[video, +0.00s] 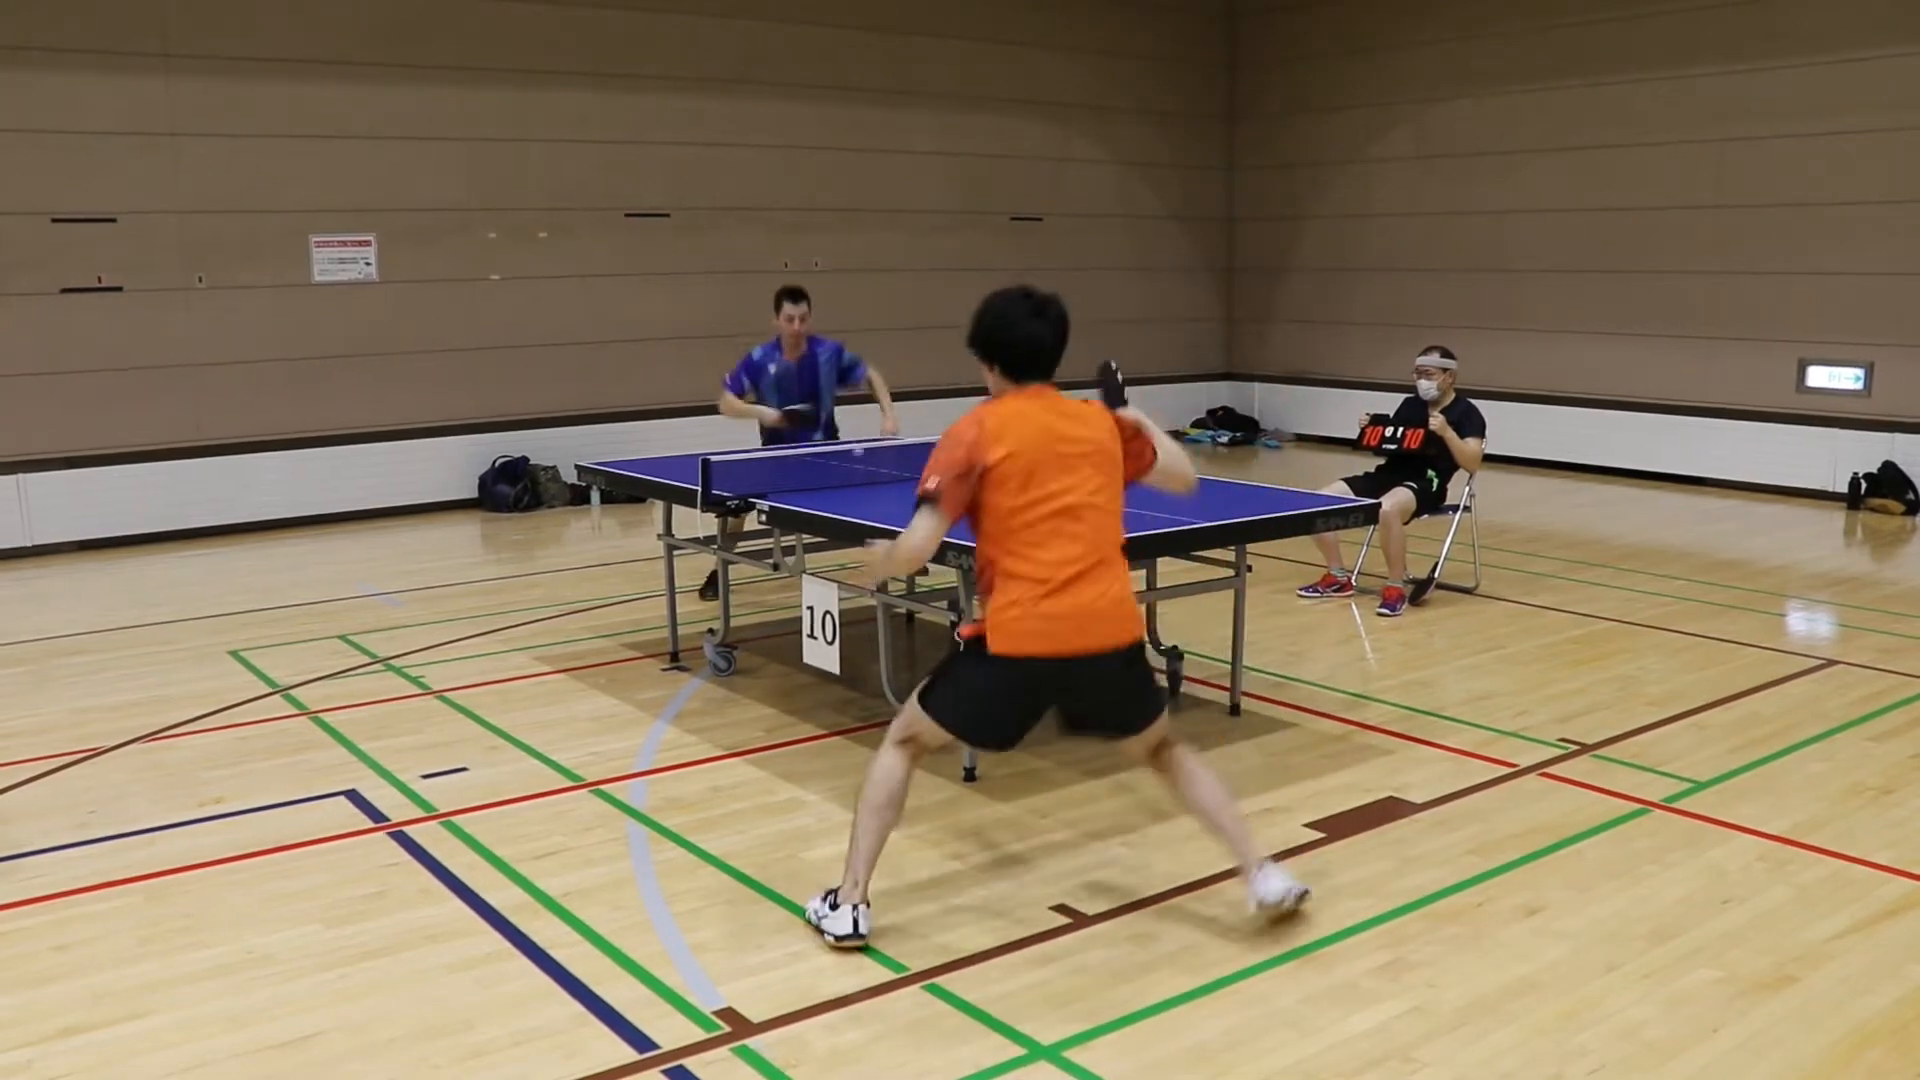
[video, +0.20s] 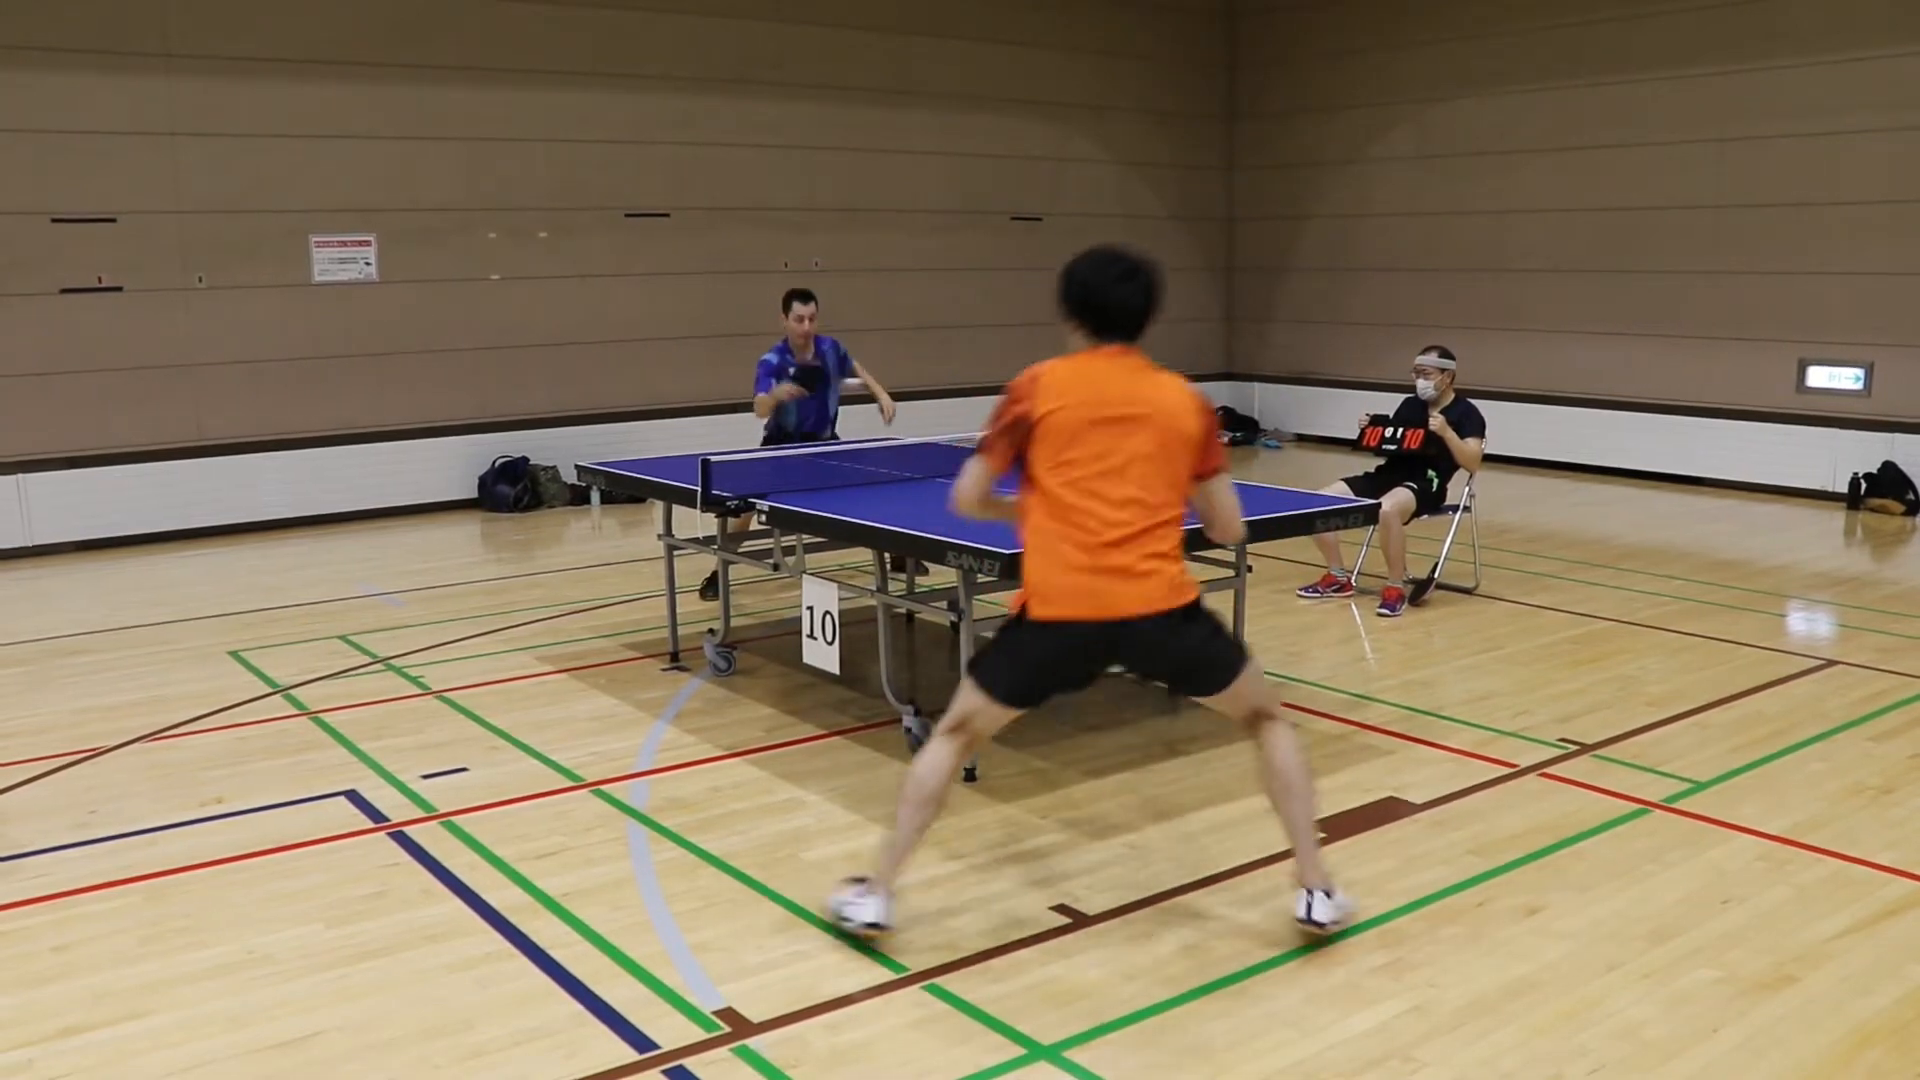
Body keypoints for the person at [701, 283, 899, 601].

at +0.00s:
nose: (797, 327)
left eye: (803, 319)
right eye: (790, 320)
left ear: (810, 319)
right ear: (777, 320)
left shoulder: (829, 354)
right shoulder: (760, 359)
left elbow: (871, 375)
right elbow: (726, 403)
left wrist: (889, 415)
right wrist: (761, 412)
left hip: (826, 453)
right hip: (777, 456)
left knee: (864, 500)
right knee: (736, 502)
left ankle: (897, 559)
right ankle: (721, 569)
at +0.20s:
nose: (806, 327)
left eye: (811, 319)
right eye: (799, 319)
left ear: (817, 320)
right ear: (784, 320)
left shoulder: (831, 349)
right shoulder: (772, 362)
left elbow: (858, 371)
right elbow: (761, 410)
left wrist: (882, 395)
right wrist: (777, 394)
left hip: (825, 443)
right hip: (780, 446)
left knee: (872, 483)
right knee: (746, 504)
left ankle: (897, 553)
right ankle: (721, 570)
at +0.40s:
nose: (800, 292)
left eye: (805, 285)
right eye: (792, 285)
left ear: (812, 287)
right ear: (778, 288)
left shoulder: (826, 321)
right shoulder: (764, 332)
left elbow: (843, 346)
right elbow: (750, 389)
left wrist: (865, 377)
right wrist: (756, 368)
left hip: (822, 421)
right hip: (778, 425)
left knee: (866, 476)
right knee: (737, 490)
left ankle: (891, 548)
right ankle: (713, 559)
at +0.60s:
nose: (778, 283)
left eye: (783, 277)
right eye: (770, 277)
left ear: (790, 280)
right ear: (756, 280)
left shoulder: (804, 314)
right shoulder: (741, 324)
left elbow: (820, 346)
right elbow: (719, 375)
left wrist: (839, 377)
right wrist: (742, 376)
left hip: (805, 419)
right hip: (760, 423)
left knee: (852, 474)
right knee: (722, 488)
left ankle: (892, 545)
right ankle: (705, 559)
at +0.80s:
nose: (753, 296)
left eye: (759, 289)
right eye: (746, 290)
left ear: (767, 291)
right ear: (735, 293)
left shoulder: (790, 325)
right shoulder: (722, 335)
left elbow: (814, 350)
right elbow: (692, 380)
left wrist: (827, 387)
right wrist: (712, 389)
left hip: (793, 424)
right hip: (749, 430)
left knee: (826, 481)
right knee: (710, 496)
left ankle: (854, 539)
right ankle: (677, 563)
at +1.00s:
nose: (754, 340)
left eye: (759, 333)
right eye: (747, 334)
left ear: (766, 332)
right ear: (734, 335)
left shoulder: (788, 363)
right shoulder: (722, 372)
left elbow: (821, 383)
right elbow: (687, 418)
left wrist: (839, 420)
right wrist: (712, 417)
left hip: (786, 459)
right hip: (739, 464)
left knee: (834, 480)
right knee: (703, 500)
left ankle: (847, 544)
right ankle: (677, 563)